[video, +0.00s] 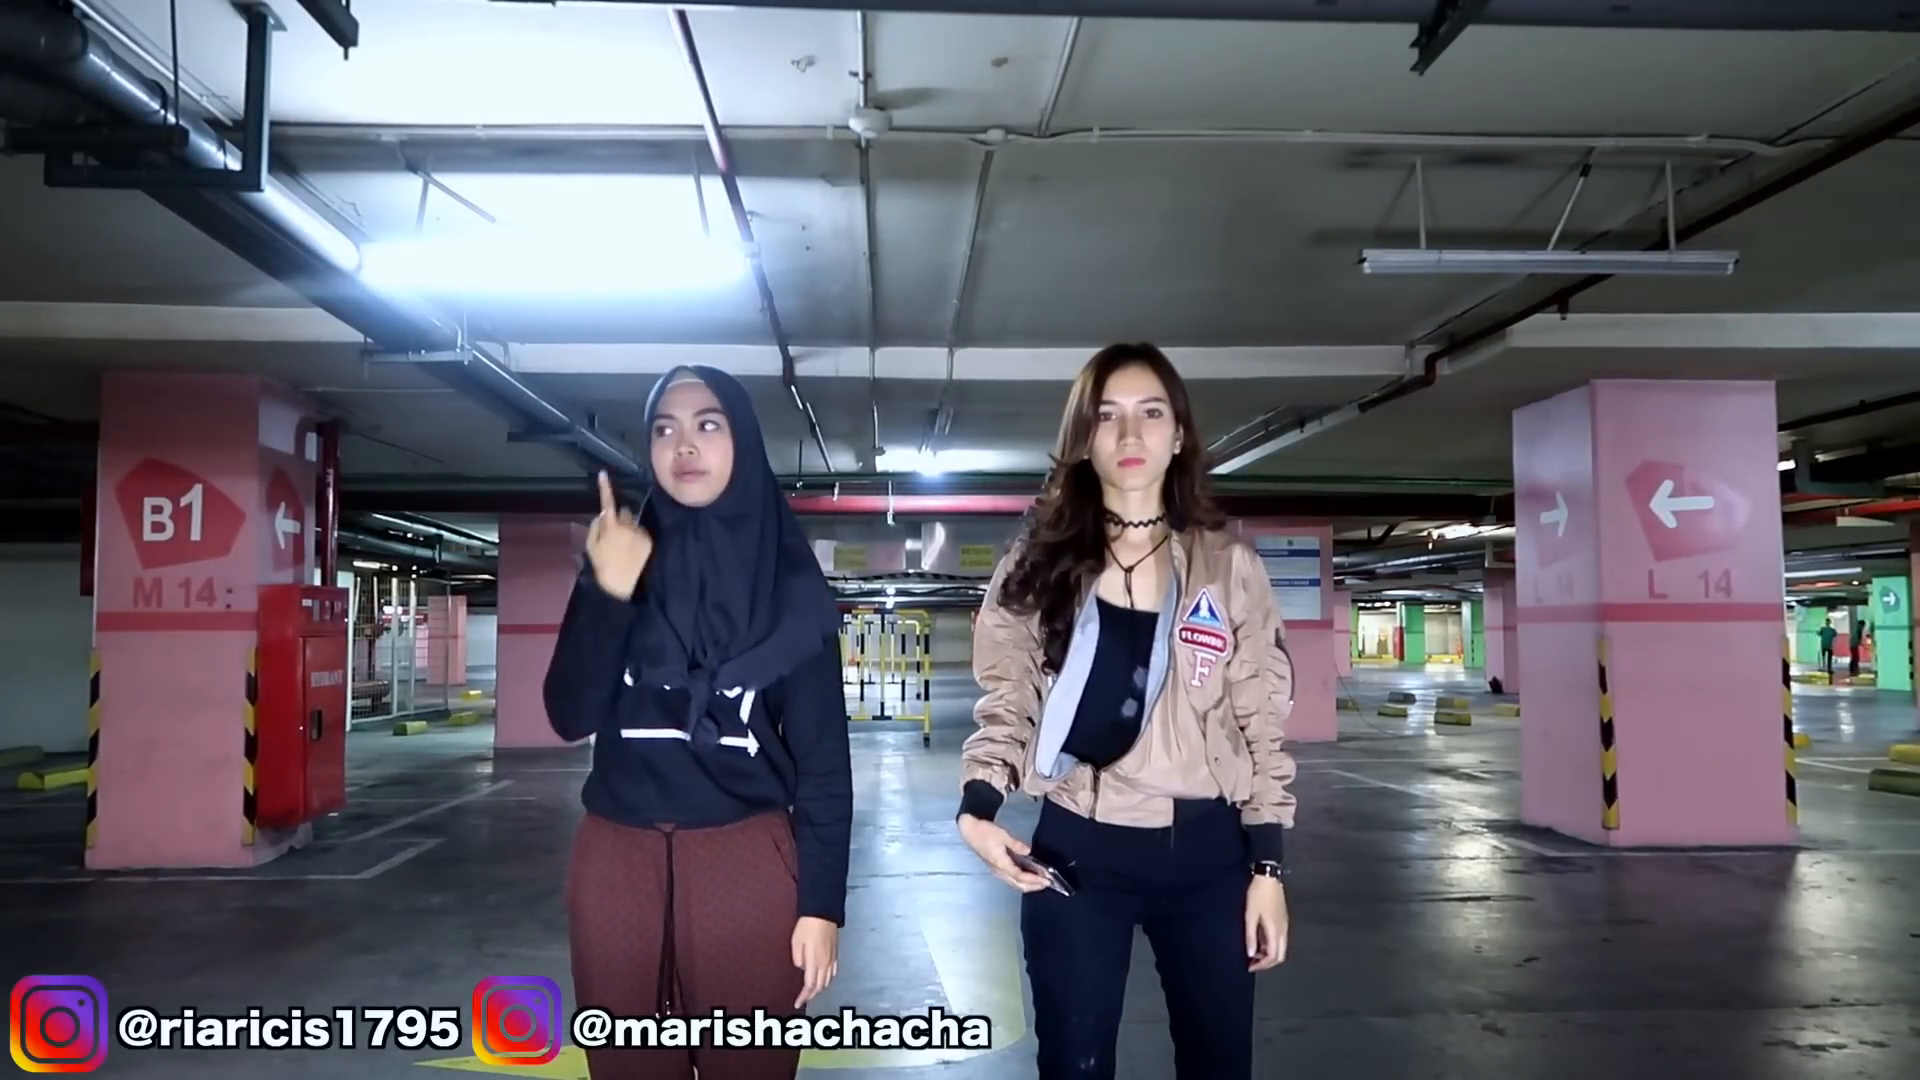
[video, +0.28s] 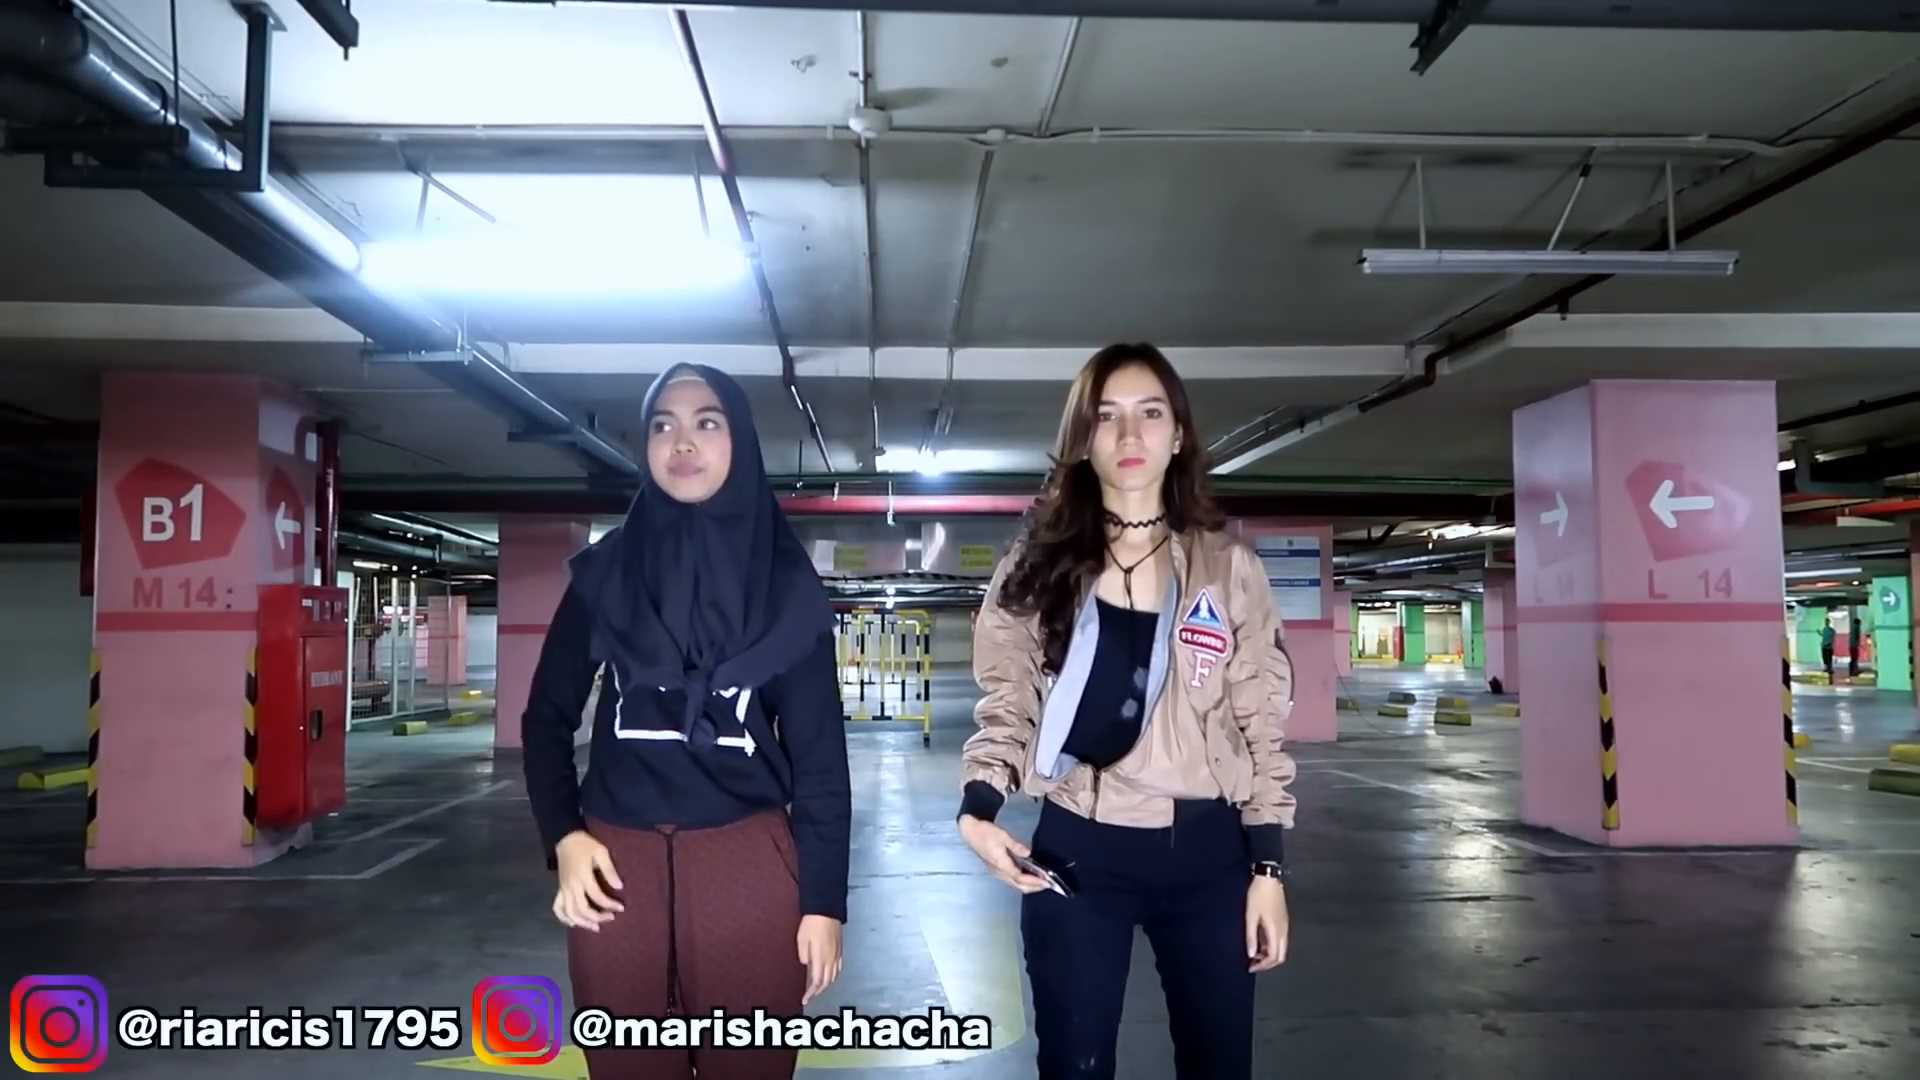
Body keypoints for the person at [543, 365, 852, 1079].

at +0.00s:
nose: (684, 444)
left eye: (708, 424)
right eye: (666, 427)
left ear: (744, 444)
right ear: (648, 451)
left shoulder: (785, 572)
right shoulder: (618, 558)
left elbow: (821, 752)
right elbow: (569, 717)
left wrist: (822, 904)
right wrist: (609, 591)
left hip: (746, 854)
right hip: (617, 852)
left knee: (747, 1065)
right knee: (622, 1064)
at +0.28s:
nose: (683, 442)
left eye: (707, 423)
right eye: (664, 425)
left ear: (741, 443)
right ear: (646, 449)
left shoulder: (782, 575)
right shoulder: (604, 571)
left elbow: (818, 747)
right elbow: (548, 715)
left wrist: (824, 901)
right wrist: (564, 834)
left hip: (747, 859)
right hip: (618, 861)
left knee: (748, 1064)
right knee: (624, 1065)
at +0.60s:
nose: (674, 444)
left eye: (697, 424)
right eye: (654, 426)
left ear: (730, 443)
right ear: (635, 447)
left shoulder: (772, 572)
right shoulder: (592, 565)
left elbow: (811, 747)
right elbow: (528, 686)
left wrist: (819, 899)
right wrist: (542, 804)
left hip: (740, 858)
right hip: (608, 861)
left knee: (746, 1063)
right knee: (622, 1065)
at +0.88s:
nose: (671, 444)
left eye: (694, 424)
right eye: (650, 426)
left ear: (726, 444)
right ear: (631, 449)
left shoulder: (768, 572)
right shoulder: (585, 563)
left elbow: (805, 746)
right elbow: (520, 684)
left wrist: (809, 897)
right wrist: (540, 801)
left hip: (734, 858)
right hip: (604, 861)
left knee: (738, 1064)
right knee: (615, 1065)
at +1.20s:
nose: (692, 479)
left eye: (714, 455)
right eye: (671, 456)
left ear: (747, 466)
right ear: (648, 465)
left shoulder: (773, 574)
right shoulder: (593, 552)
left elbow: (767, 763)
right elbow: (546, 687)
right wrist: (544, 809)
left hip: (725, 856)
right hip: (594, 854)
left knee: (736, 1066)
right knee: (606, 1066)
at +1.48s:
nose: (708, 524)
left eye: (734, 504)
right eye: (688, 497)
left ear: (763, 511)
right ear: (659, 494)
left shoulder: (754, 628)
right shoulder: (601, 533)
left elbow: (593, 758)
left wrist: (699, 675)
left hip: (651, 817)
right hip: (530, 799)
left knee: (677, 1054)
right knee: (498, 1033)